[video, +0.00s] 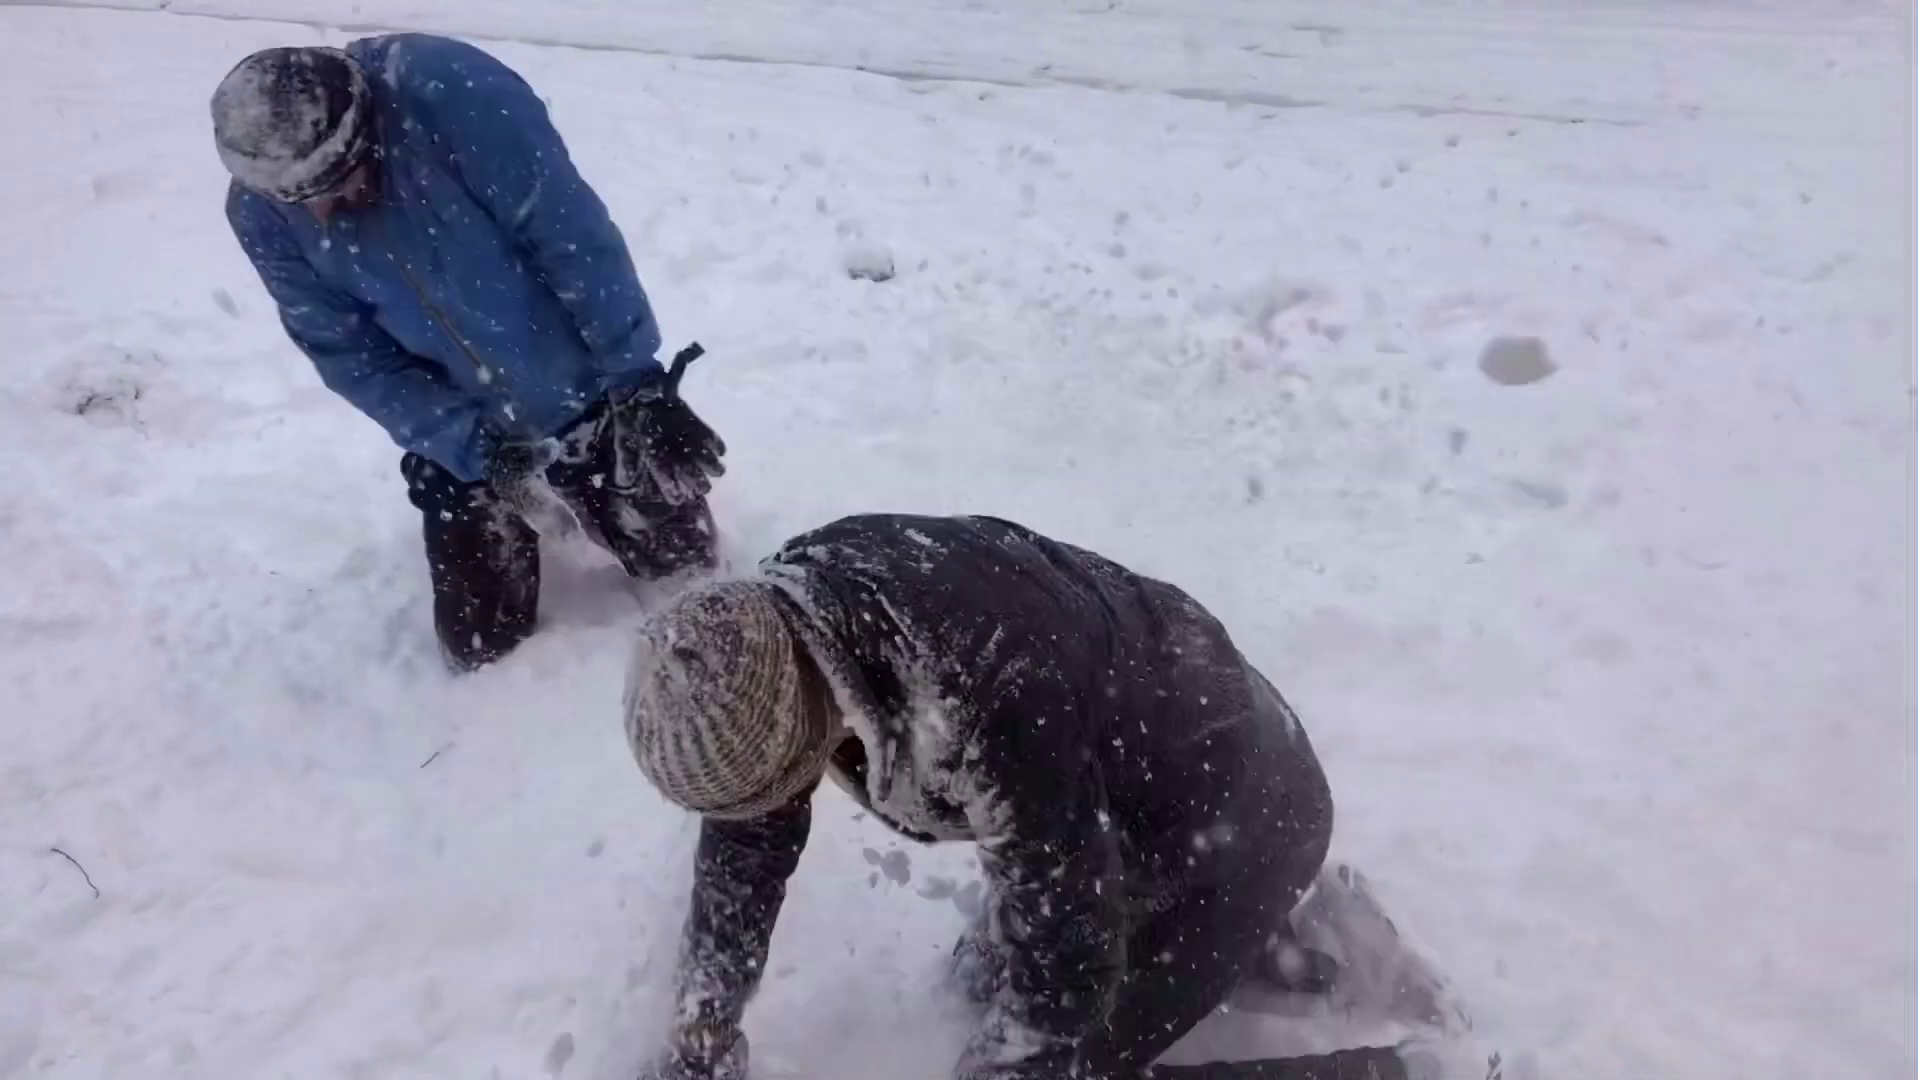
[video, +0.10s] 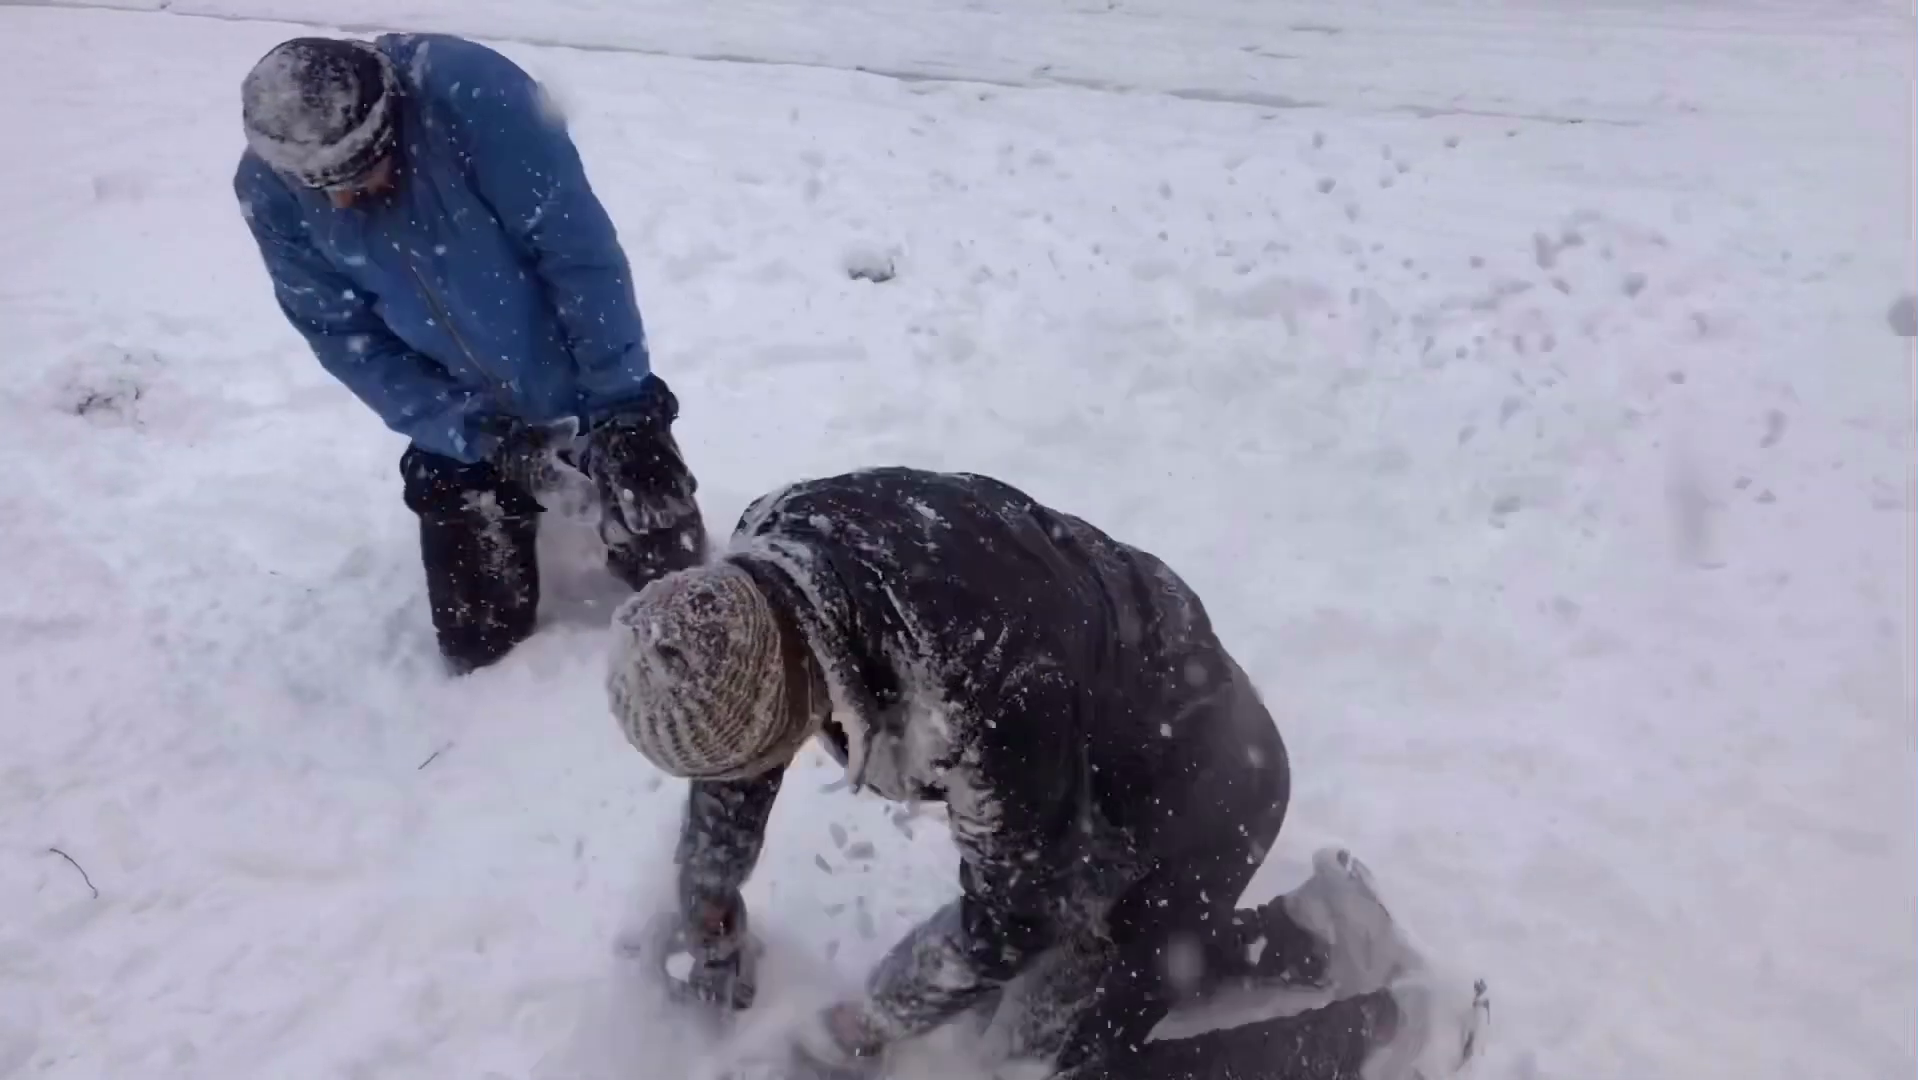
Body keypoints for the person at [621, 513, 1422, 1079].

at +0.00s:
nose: (761, 805)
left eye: (767, 785)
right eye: (735, 805)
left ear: (802, 718)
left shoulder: (989, 677)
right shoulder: (770, 628)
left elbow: (1063, 938)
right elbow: (747, 836)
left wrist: (1034, 1065)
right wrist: (708, 1020)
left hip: (1247, 807)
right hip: (1104, 765)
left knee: (1078, 1051)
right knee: (991, 984)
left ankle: (1366, 1046)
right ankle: (1274, 944)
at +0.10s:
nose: (765, 765)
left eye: (768, 742)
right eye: (736, 762)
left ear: (794, 678)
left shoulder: (981, 640)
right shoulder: (761, 568)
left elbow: (1018, 907)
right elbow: (739, 758)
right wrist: (707, 904)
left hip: (1201, 768)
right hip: (1062, 756)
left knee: (1069, 1051)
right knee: (983, 977)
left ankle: (1379, 1022)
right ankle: (1310, 934)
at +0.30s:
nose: (745, 750)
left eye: (742, 727)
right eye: (716, 737)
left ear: (774, 668)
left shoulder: (970, 650)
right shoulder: (742, 498)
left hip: (1140, 755)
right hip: (990, 752)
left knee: (1058, 1044)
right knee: (974, 958)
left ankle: (1310, 905)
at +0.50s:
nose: (712, 660)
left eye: (712, 638)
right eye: (680, 640)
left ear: (765, 593)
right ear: (675, 480)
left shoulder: (946, 611)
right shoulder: (786, 390)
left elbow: (927, 820)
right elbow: (657, 332)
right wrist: (529, 389)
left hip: (1079, 756)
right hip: (957, 707)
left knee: (1030, 1051)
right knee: (968, 917)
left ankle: (1278, 875)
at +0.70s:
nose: (680, 634)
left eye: (684, 617)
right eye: (655, 621)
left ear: (732, 569)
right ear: (620, 476)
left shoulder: (907, 592)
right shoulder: (679, 438)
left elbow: (947, 893)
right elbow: (544, 483)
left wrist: (789, 1058)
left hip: (1072, 716)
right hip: (942, 699)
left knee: (1048, 1051)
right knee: (907, 909)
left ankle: (1268, 907)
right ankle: (1129, 818)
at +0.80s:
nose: (674, 655)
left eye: (678, 633)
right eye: (638, 640)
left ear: (726, 572)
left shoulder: (892, 603)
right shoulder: (649, 490)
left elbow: (929, 920)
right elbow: (551, 642)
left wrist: (832, 1073)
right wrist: (487, 829)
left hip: (1070, 726)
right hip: (925, 710)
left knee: (1024, 1064)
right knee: (847, 881)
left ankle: (1259, 911)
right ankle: (1091, 832)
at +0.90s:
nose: (651, 666)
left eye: (663, 645)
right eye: (625, 651)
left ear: (720, 589)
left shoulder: (893, 597)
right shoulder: (663, 510)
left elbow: (910, 911)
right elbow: (568, 704)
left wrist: (841, 1068)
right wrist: (516, 914)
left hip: (1060, 753)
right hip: (909, 731)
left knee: (1029, 1067)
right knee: (845, 894)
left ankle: (1252, 908)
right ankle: (1065, 846)